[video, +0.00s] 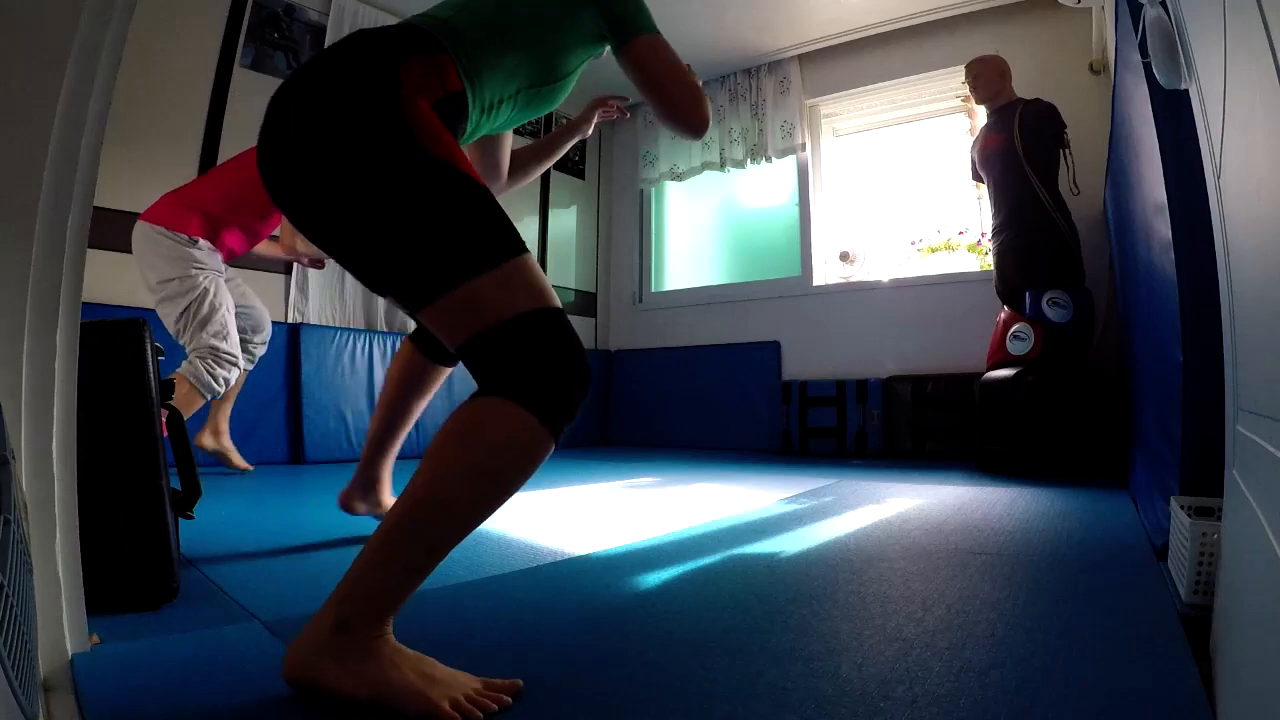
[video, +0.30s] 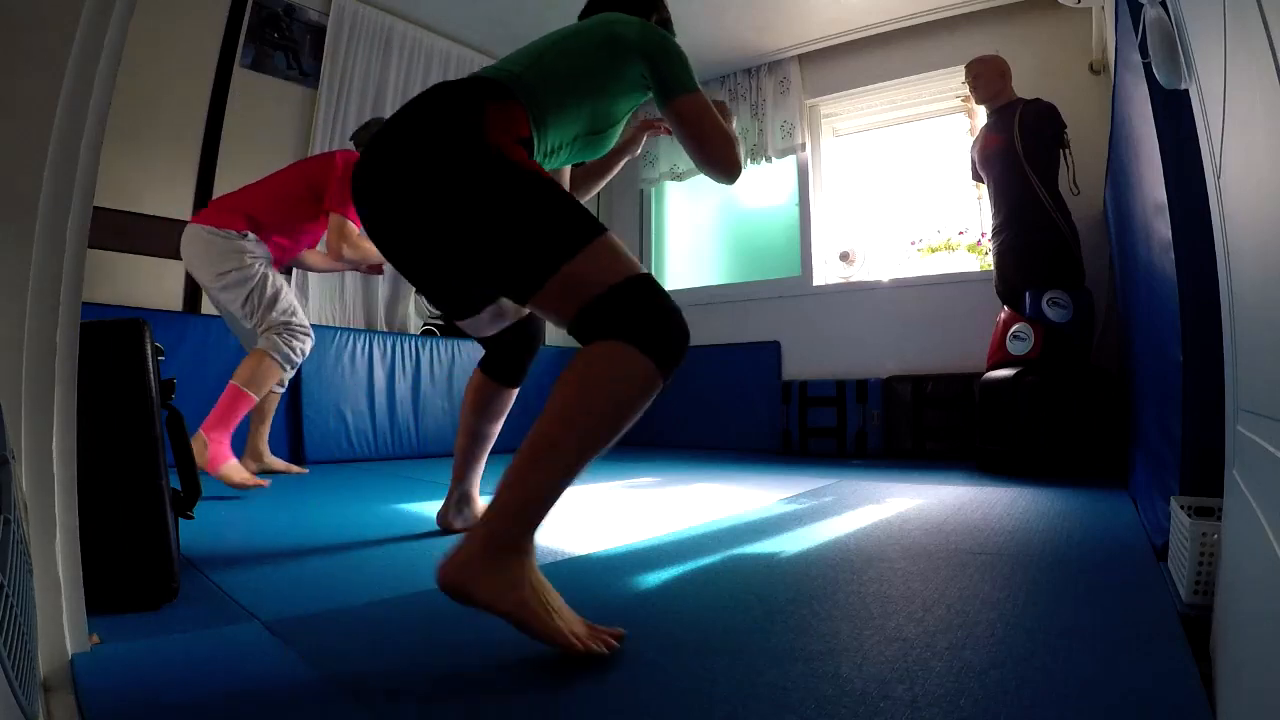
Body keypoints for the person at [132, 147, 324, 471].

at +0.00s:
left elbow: (238, 239)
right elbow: (295, 244)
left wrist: (295, 254)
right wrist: (324, 252)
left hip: (201, 246)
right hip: (175, 237)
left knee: (253, 324)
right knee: (215, 360)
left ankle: (216, 431)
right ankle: (140, 441)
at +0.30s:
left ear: (360, 142)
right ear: (373, 148)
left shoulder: (329, 173)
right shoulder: (348, 164)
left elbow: (297, 255)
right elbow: (345, 246)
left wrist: (360, 264)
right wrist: (380, 256)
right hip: (225, 240)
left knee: (278, 347)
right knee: (291, 335)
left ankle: (256, 453)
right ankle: (211, 438)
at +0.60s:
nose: (446, 186)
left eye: (448, 179)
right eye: (447, 177)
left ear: (407, 168)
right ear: (435, 171)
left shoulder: (381, 191)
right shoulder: (407, 190)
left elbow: (338, 269)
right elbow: (406, 265)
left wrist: (388, 277)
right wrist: (454, 265)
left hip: (277, 254)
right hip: (282, 255)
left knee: (331, 349)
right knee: (331, 354)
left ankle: (330, 449)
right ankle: (242, 442)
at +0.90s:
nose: (485, 195)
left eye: (486, 188)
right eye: (485, 187)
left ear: (447, 180)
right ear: (475, 182)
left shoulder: (426, 198)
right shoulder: (454, 199)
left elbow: (384, 271)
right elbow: (457, 271)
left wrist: (428, 275)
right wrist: (502, 267)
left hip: (332, 266)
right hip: (340, 271)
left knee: (396, 338)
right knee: (386, 369)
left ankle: (382, 435)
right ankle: (308, 456)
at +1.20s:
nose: (527, 209)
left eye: (527, 202)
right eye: (528, 201)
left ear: (491, 193)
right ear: (520, 196)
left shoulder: (469, 211)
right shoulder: (500, 212)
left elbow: (435, 279)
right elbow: (505, 279)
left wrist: (479, 282)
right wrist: (545, 275)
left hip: (376, 273)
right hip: (404, 275)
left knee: (431, 355)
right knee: (464, 351)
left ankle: (415, 442)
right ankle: (411, 438)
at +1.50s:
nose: (560, 216)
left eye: (559, 210)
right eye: (561, 210)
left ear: (528, 207)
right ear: (553, 208)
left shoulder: (506, 224)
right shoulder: (541, 224)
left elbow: (471, 273)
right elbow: (553, 287)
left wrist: (510, 289)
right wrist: (583, 282)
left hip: (428, 291)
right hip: (464, 291)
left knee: (480, 367)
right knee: (521, 358)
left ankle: (466, 440)